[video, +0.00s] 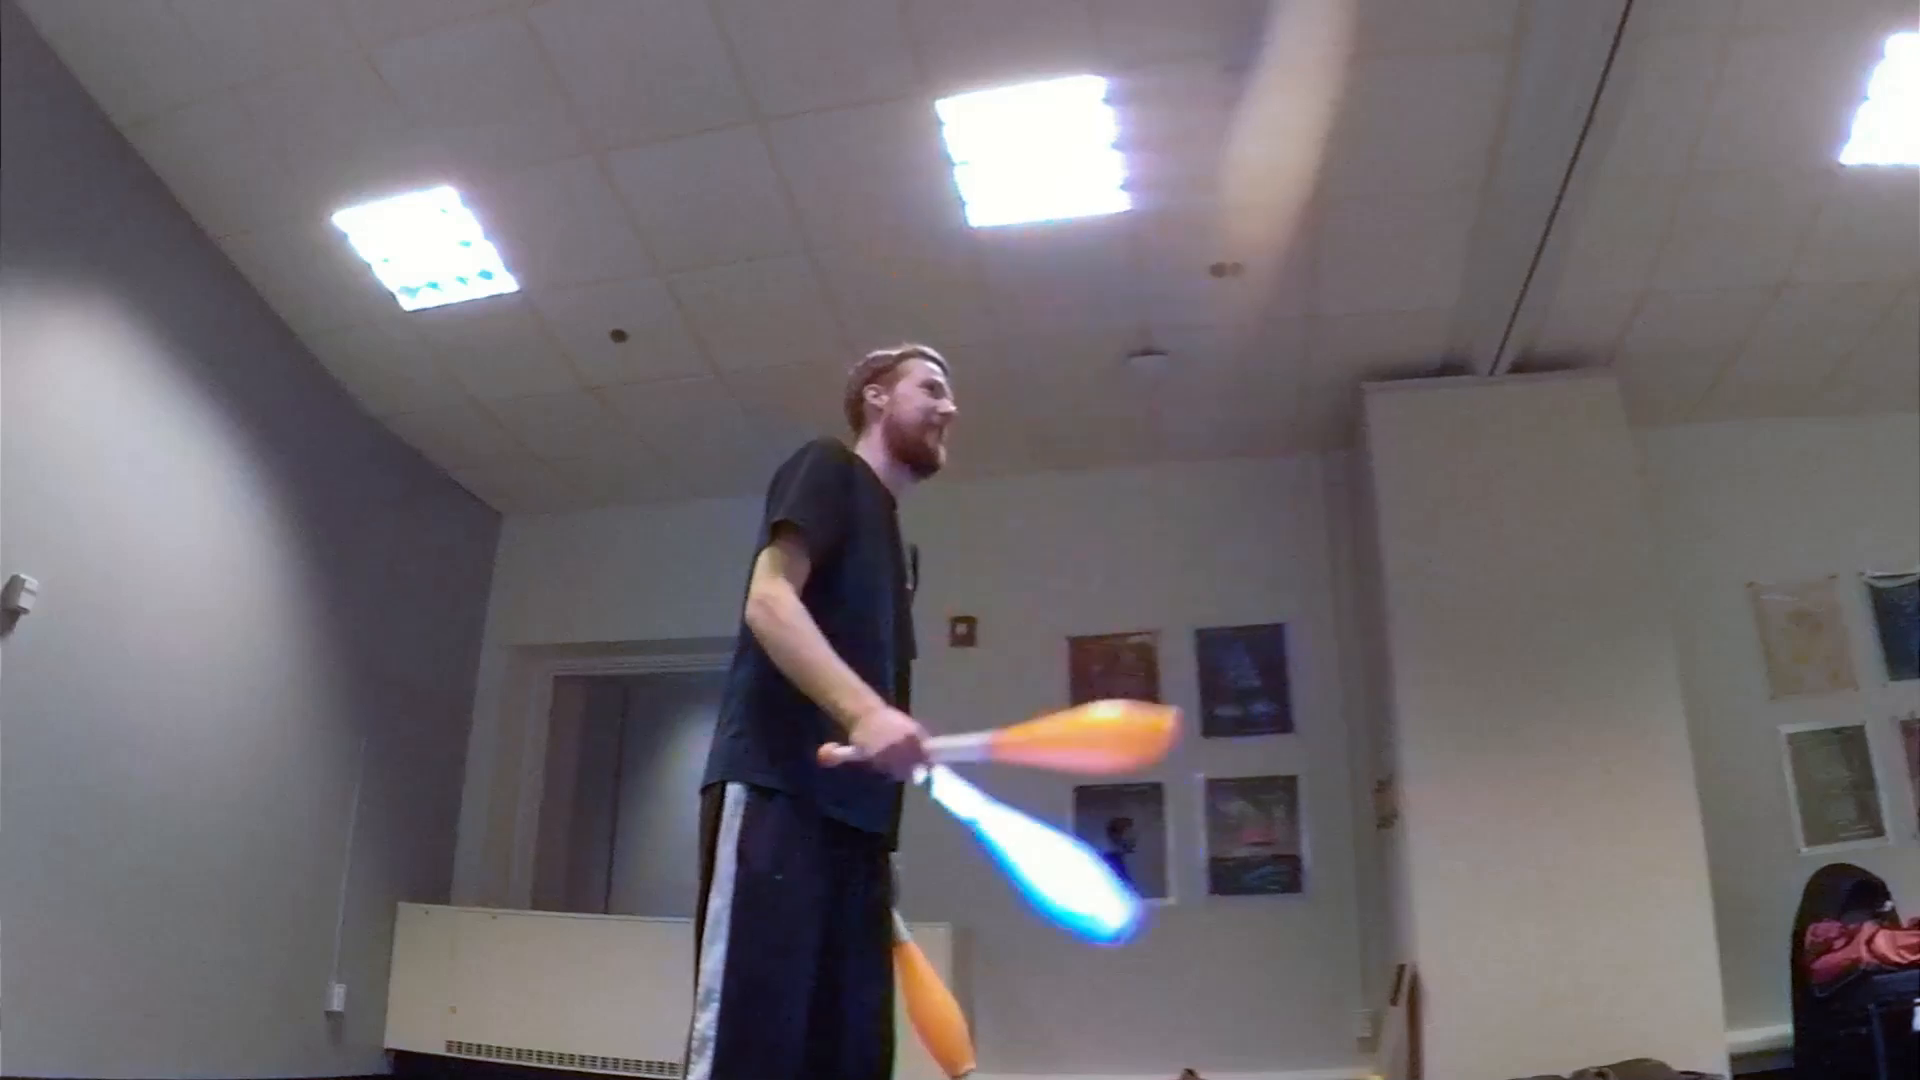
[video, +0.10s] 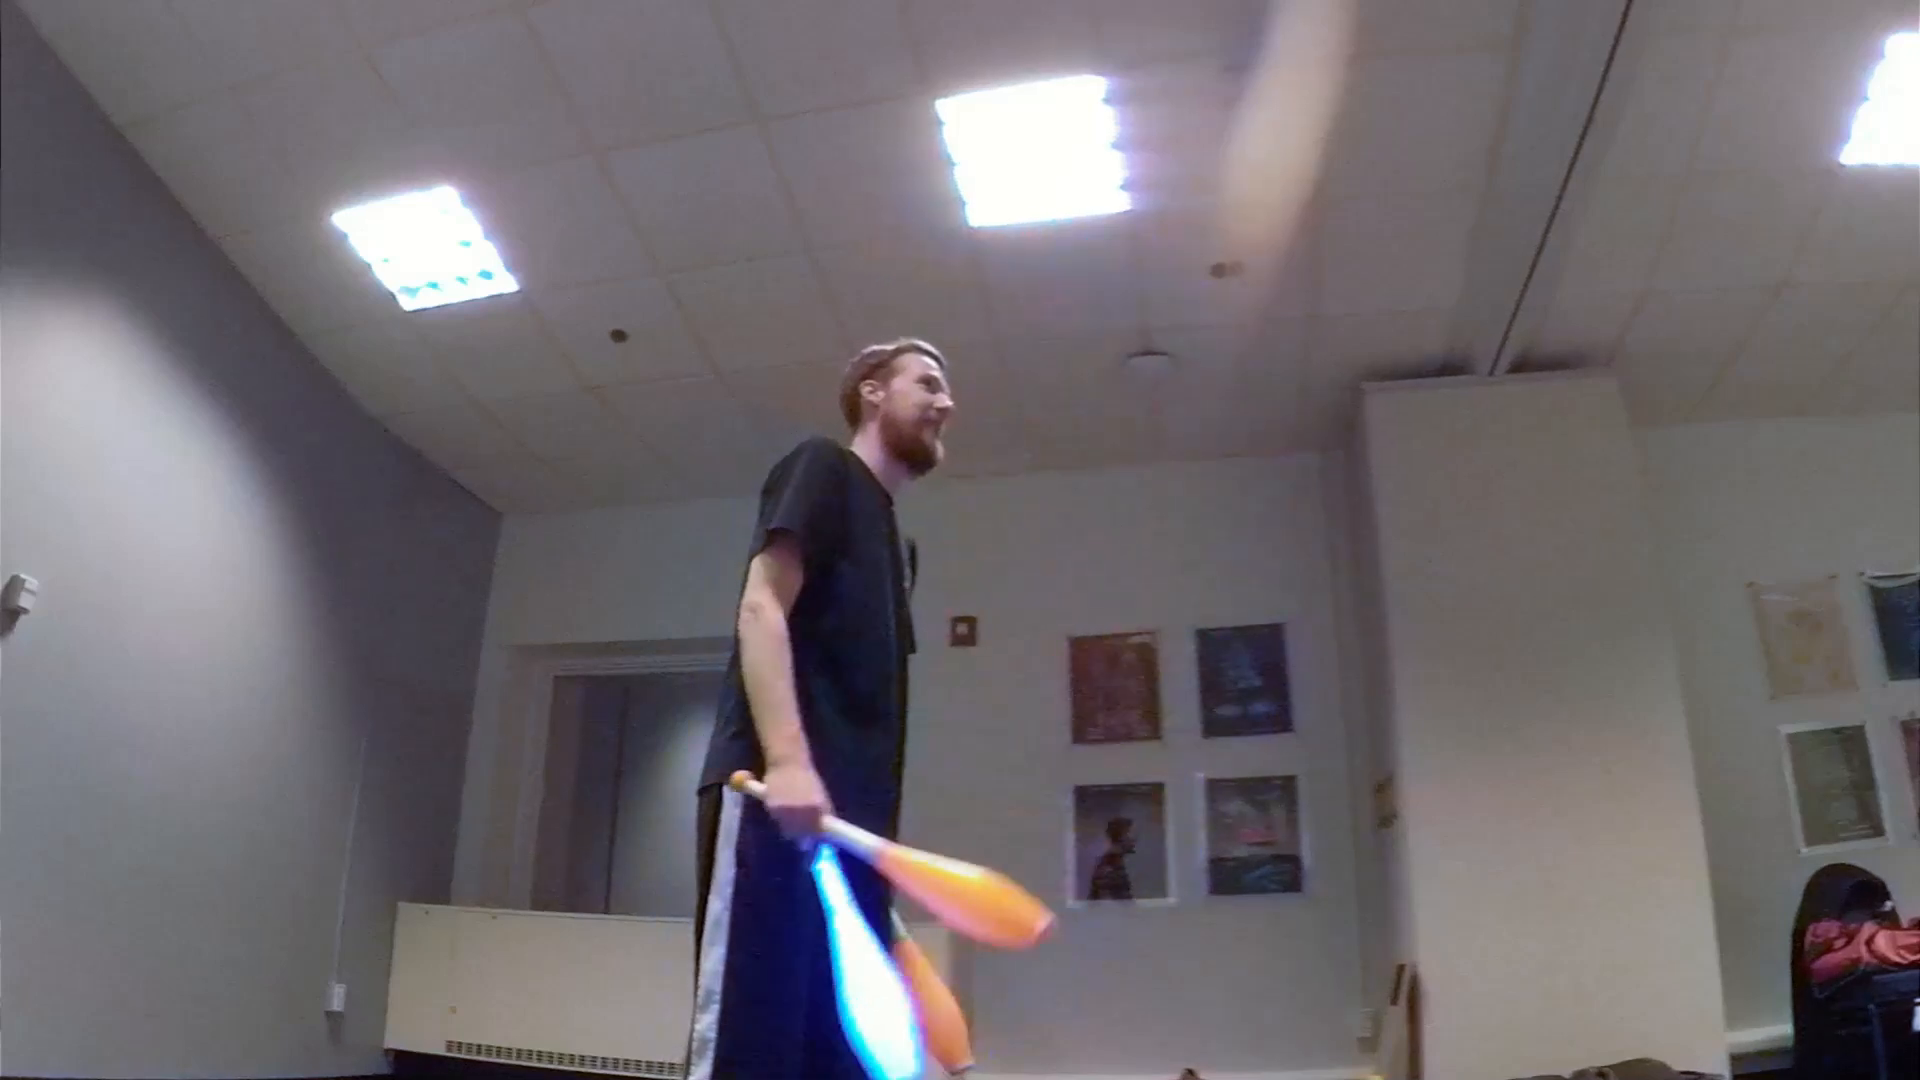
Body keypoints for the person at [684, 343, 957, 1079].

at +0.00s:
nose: (949, 406)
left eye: (950, 396)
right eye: (930, 387)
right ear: (874, 397)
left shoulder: (891, 535)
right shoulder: (827, 467)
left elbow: (873, 692)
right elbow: (769, 602)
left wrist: (875, 854)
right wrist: (864, 711)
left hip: (852, 814)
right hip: (777, 798)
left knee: (849, 1038)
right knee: (752, 1031)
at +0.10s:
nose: (945, 402)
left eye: (947, 391)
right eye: (927, 383)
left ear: (937, 415)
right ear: (871, 393)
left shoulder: (895, 540)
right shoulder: (822, 465)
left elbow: (872, 697)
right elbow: (761, 609)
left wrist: (882, 846)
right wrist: (788, 762)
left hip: (855, 819)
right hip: (775, 802)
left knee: (841, 1040)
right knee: (752, 1035)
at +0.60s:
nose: (866, 388)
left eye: (868, 378)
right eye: (847, 368)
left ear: (861, 409)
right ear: (787, 377)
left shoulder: (832, 528)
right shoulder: (720, 475)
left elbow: (810, 672)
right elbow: (635, 630)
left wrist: (813, 818)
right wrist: (617, 798)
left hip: (805, 829)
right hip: (711, 814)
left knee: (864, 1045)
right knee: (704, 1050)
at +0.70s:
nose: (851, 389)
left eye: (854, 379)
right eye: (833, 368)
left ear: (849, 408)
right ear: (771, 376)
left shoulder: (815, 525)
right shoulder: (705, 475)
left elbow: (792, 670)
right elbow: (627, 633)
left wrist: (799, 813)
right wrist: (619, 802)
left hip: (795, 828)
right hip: (701, 818)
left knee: (874, 1034)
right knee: (718, 1051)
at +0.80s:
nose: (840, 386)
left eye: (842, 376)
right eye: (822, 366)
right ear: (760, 374)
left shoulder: (801, 522)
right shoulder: (693, 472)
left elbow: (783, 669)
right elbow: (621, 630)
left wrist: (791, 809)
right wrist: (632, 800)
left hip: (786, 827)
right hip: (691, 817)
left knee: (874, 1032)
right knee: (692, 1051)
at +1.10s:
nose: (817, 383)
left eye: (821, 374)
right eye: (796, 363)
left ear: (815, 404)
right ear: (737, 380)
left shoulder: (785, 526)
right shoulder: (682, 467)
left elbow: (773, 647)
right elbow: (637, 612)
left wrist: (825, 602)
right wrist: (792, 593)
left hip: (772, 814)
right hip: (681, 800)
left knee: (812, 1041)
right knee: (680, 1040)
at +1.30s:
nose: (808, 388)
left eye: (813, 379)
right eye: (788, 368)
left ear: (808, 401)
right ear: (728, 383)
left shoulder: (769, 527)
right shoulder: (680, 453)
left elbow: (761, 665)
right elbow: (751, 487)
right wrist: (879, 348)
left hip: (761, 793)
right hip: (680, 783)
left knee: (816, 1028)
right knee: (677, 1024)